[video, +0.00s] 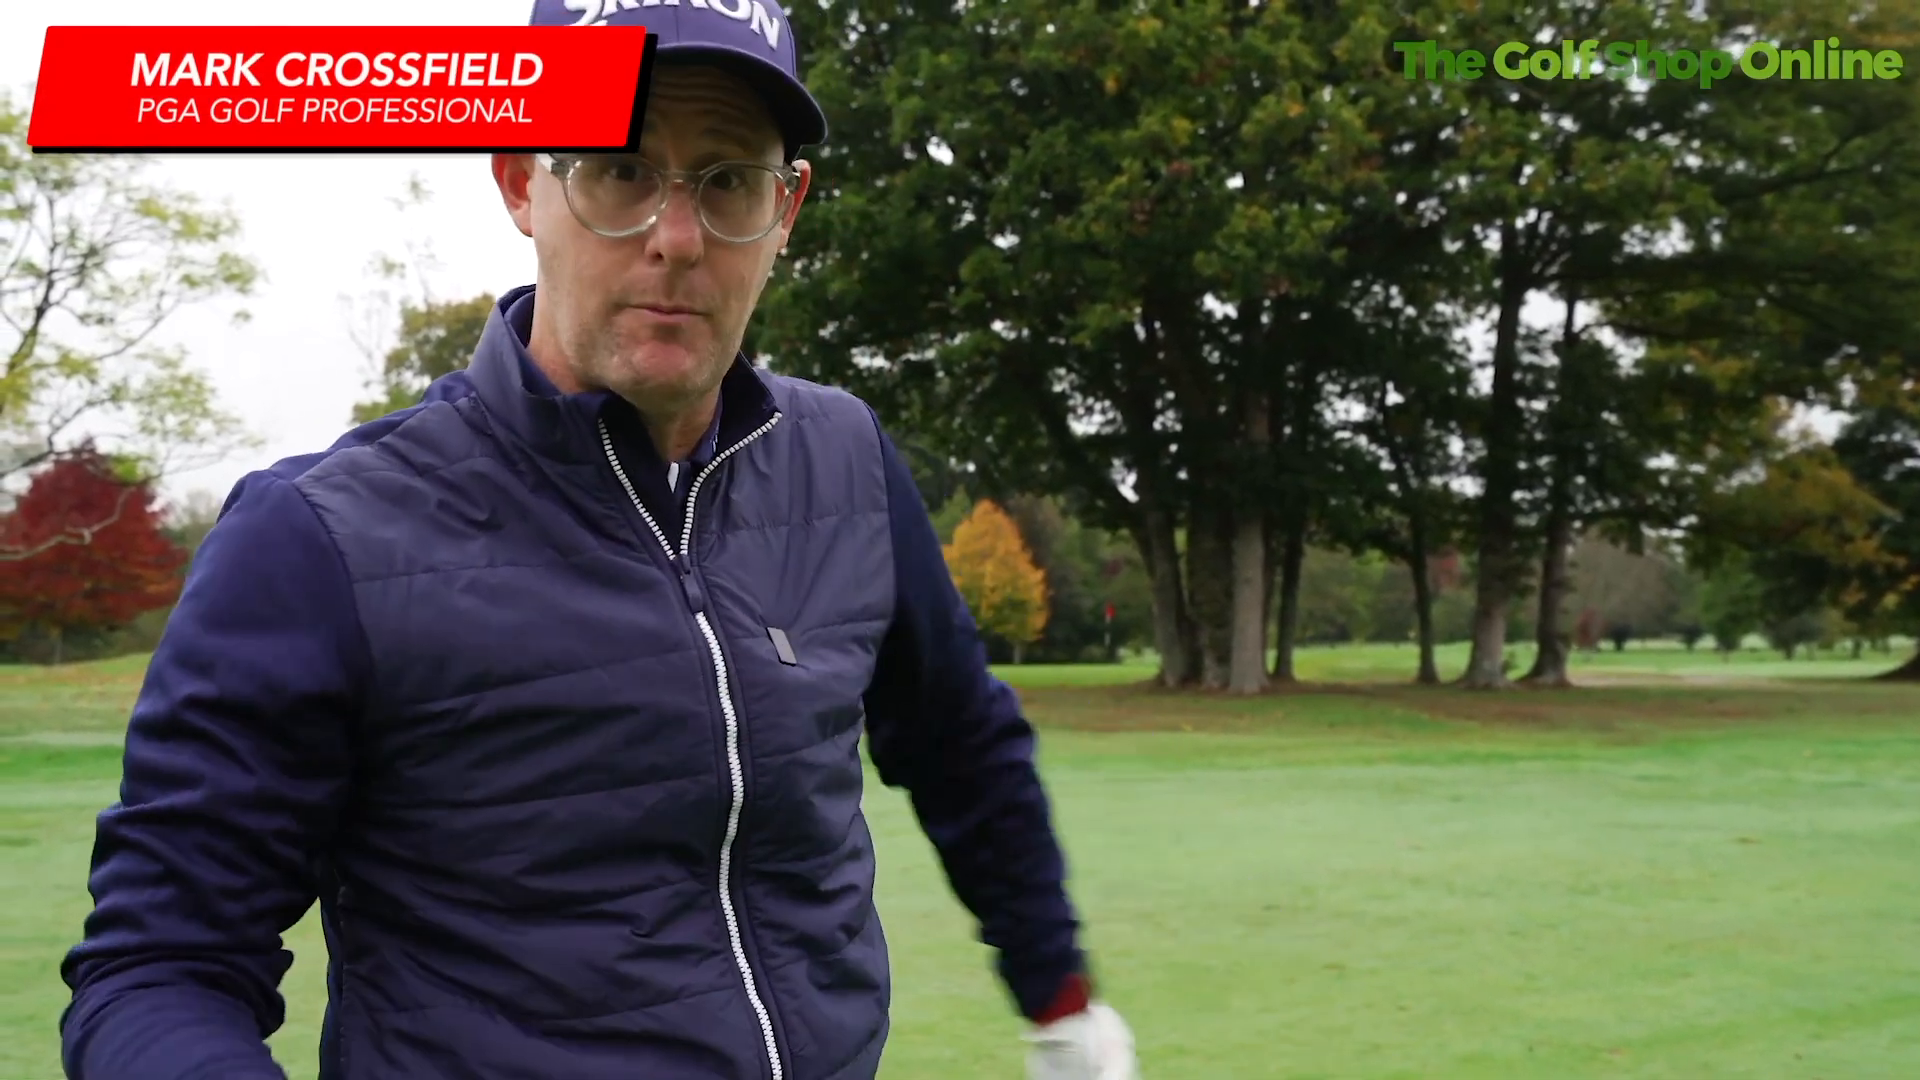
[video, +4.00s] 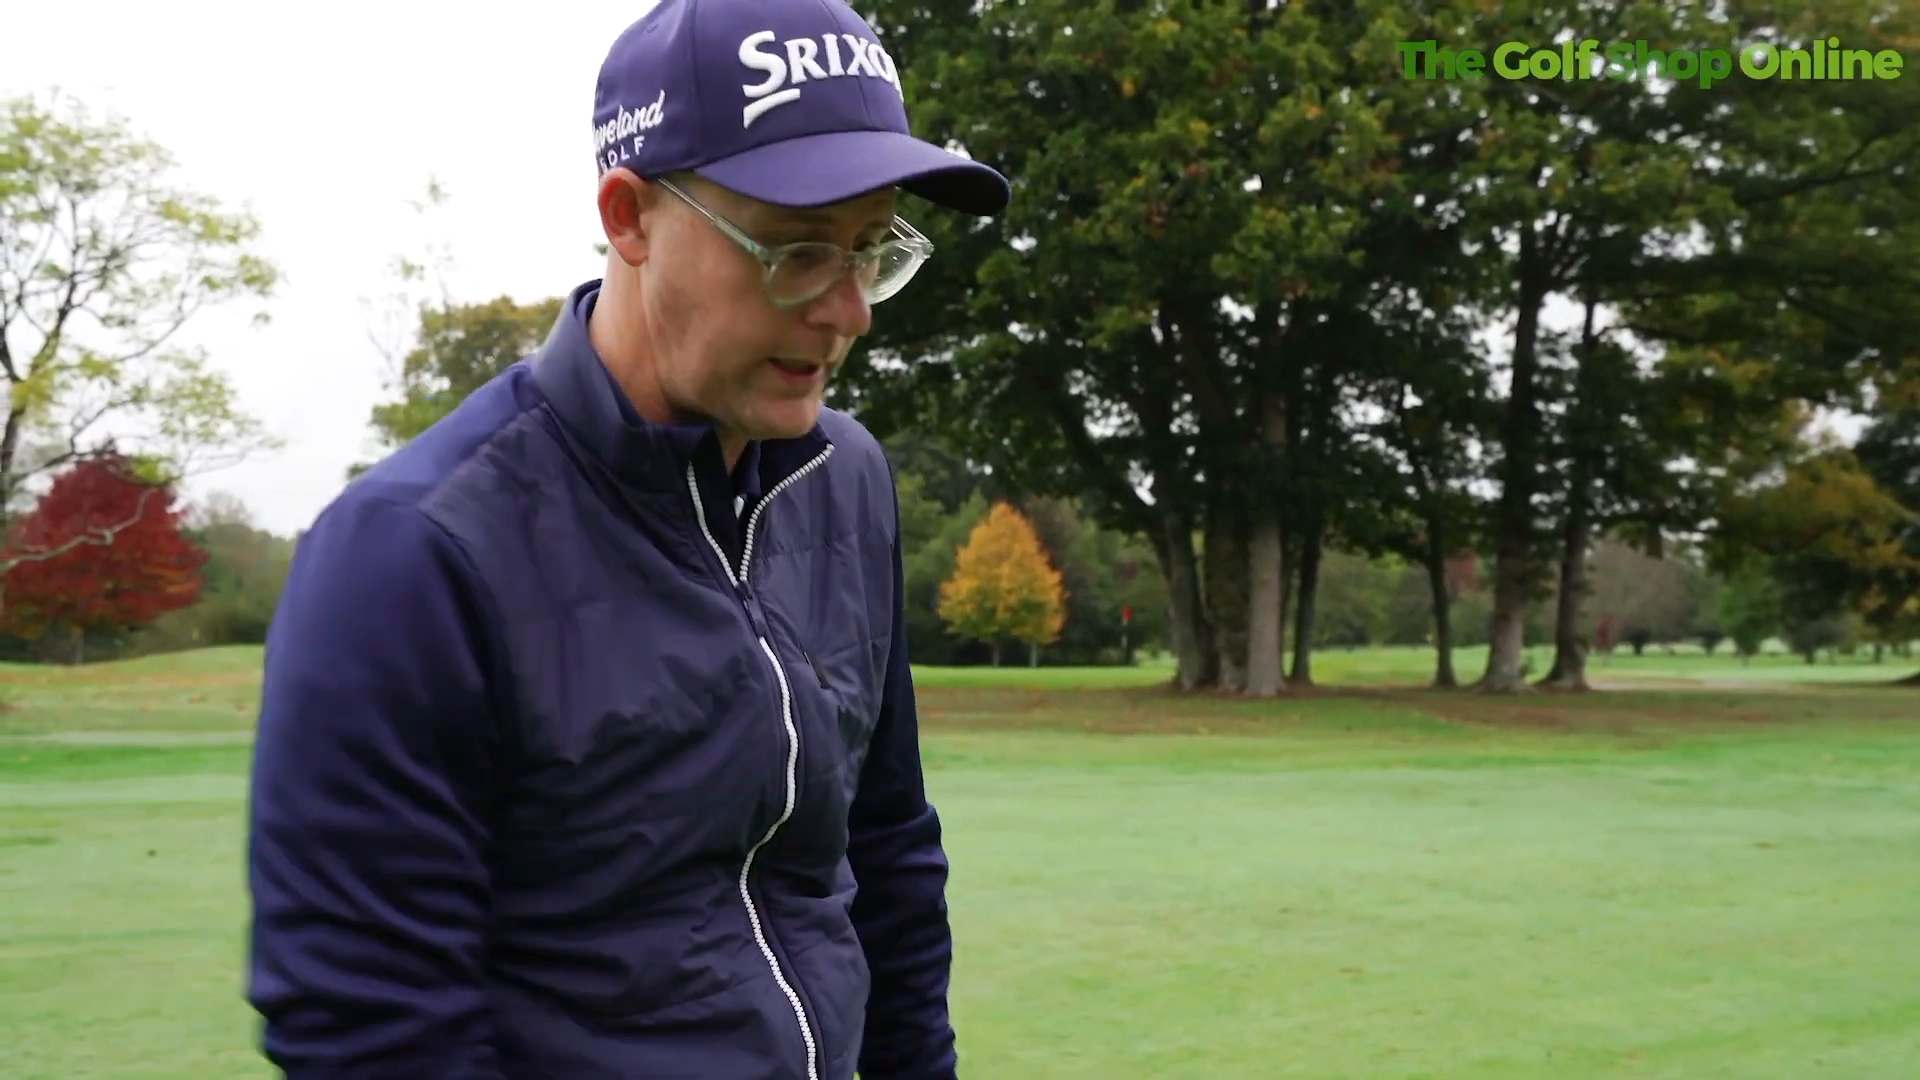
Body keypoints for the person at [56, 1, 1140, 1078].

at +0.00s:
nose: (675, 234)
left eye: (724, 178)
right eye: (621, 176)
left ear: (787, 219)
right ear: (526, 195)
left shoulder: (843, 469)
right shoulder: (321, 541)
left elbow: (966, 750)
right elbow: (161, 960)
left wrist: (1060, 998)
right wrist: (221, 1078)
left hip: (822, 1055)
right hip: (471, 1059)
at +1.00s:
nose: (739, 233)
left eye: (786, 189)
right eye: (692, 174)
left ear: (836, 244)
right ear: (588, 203)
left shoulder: (854, 477)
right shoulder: (370, 522)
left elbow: (1003, 729)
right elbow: (244, 997)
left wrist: (999, 824)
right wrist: (600, 1018)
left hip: (817, 1058)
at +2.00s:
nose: (721, 291)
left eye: (782, 240)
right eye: (683, 216)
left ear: (857, 266)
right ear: (600, 200)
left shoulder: (893, 434)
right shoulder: (415, 484)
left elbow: (970, 690)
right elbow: (343, 979)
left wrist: (1004, 933)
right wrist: (717, 923)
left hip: (851, 1054)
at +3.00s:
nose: (767, 200)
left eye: (811, 154)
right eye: (712, 139)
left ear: (863, 200)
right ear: (608, 170)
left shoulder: (882, 472)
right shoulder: (402, 506)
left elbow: (820, 840)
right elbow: (274, 966)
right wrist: (561, 1060)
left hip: (838, 1056)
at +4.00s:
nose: (849, 310)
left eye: (869, 248)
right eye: (793, 249)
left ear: (891, 224)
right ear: (629, 219)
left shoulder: (849, 484)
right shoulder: (410, 553)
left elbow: (887, 853)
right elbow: (366, 1024)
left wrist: (913, 1064)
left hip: (828, 1053)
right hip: (572, 1058)